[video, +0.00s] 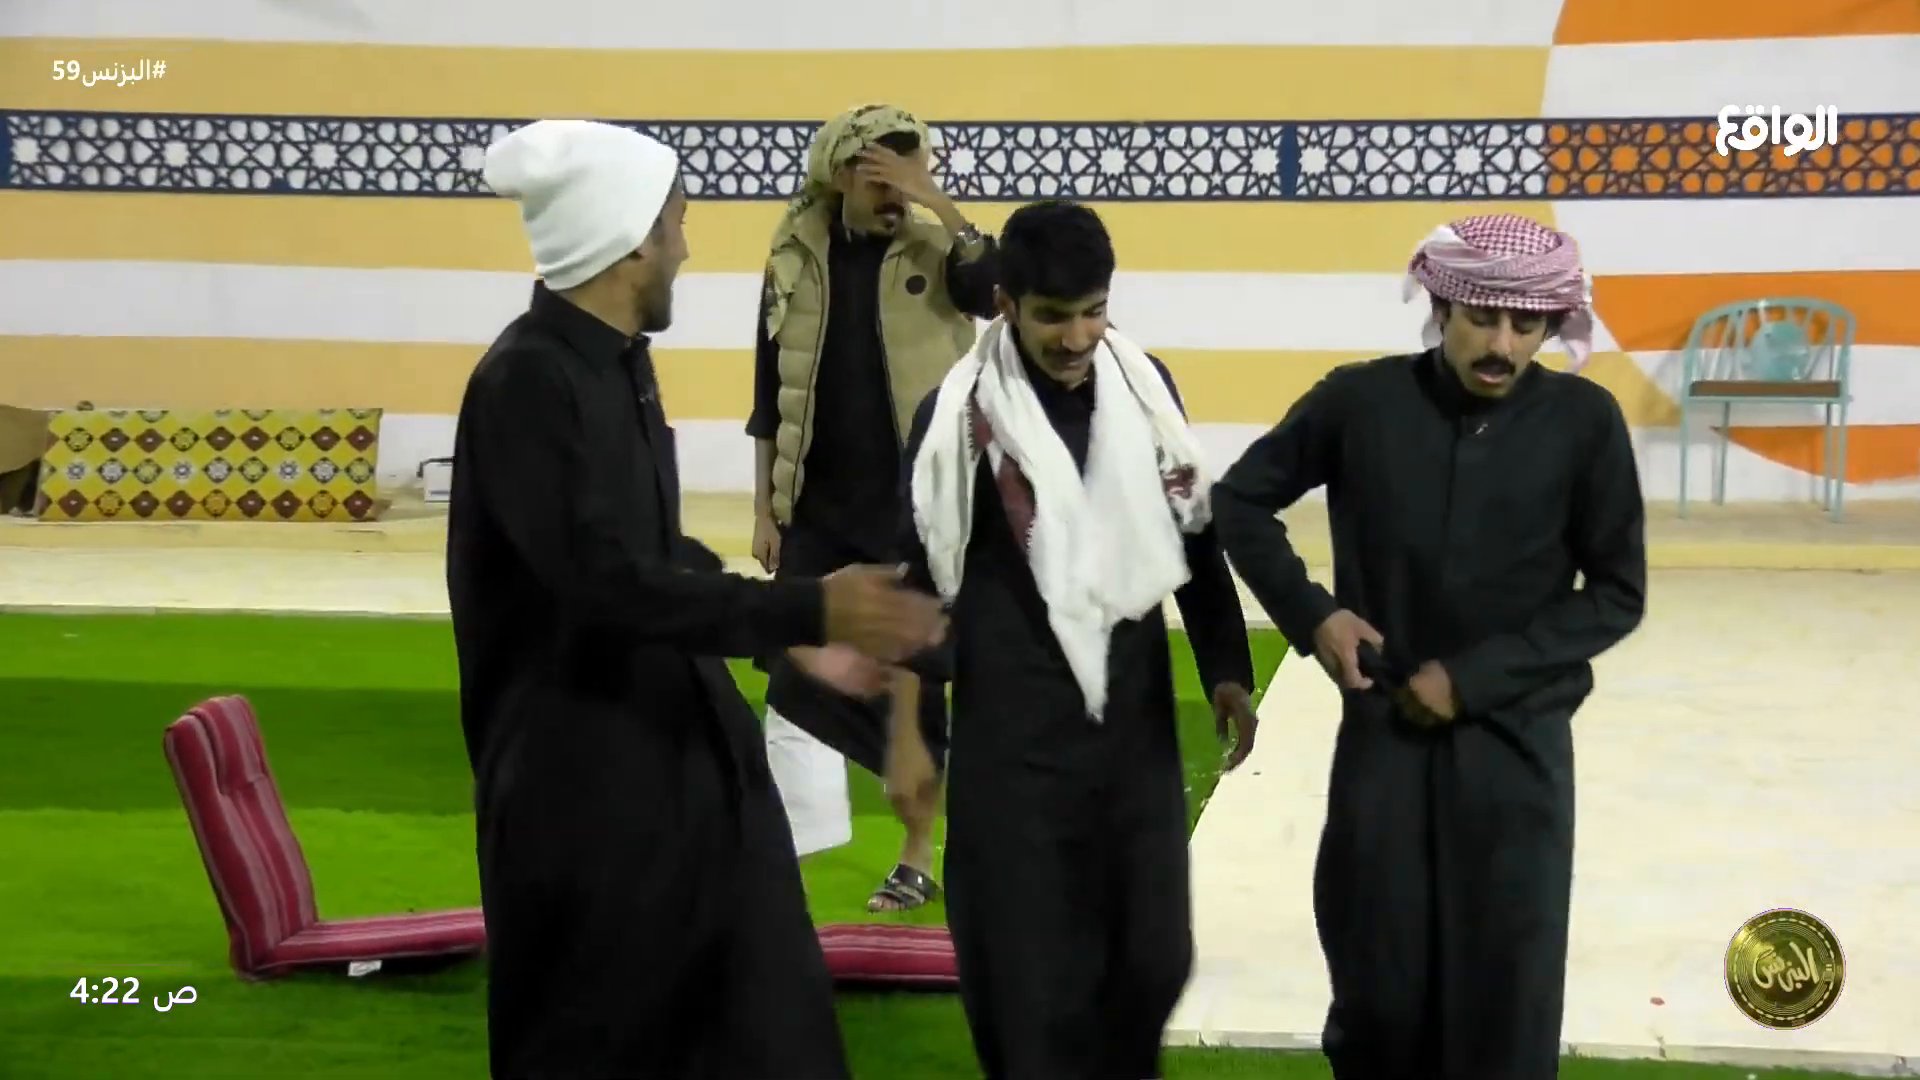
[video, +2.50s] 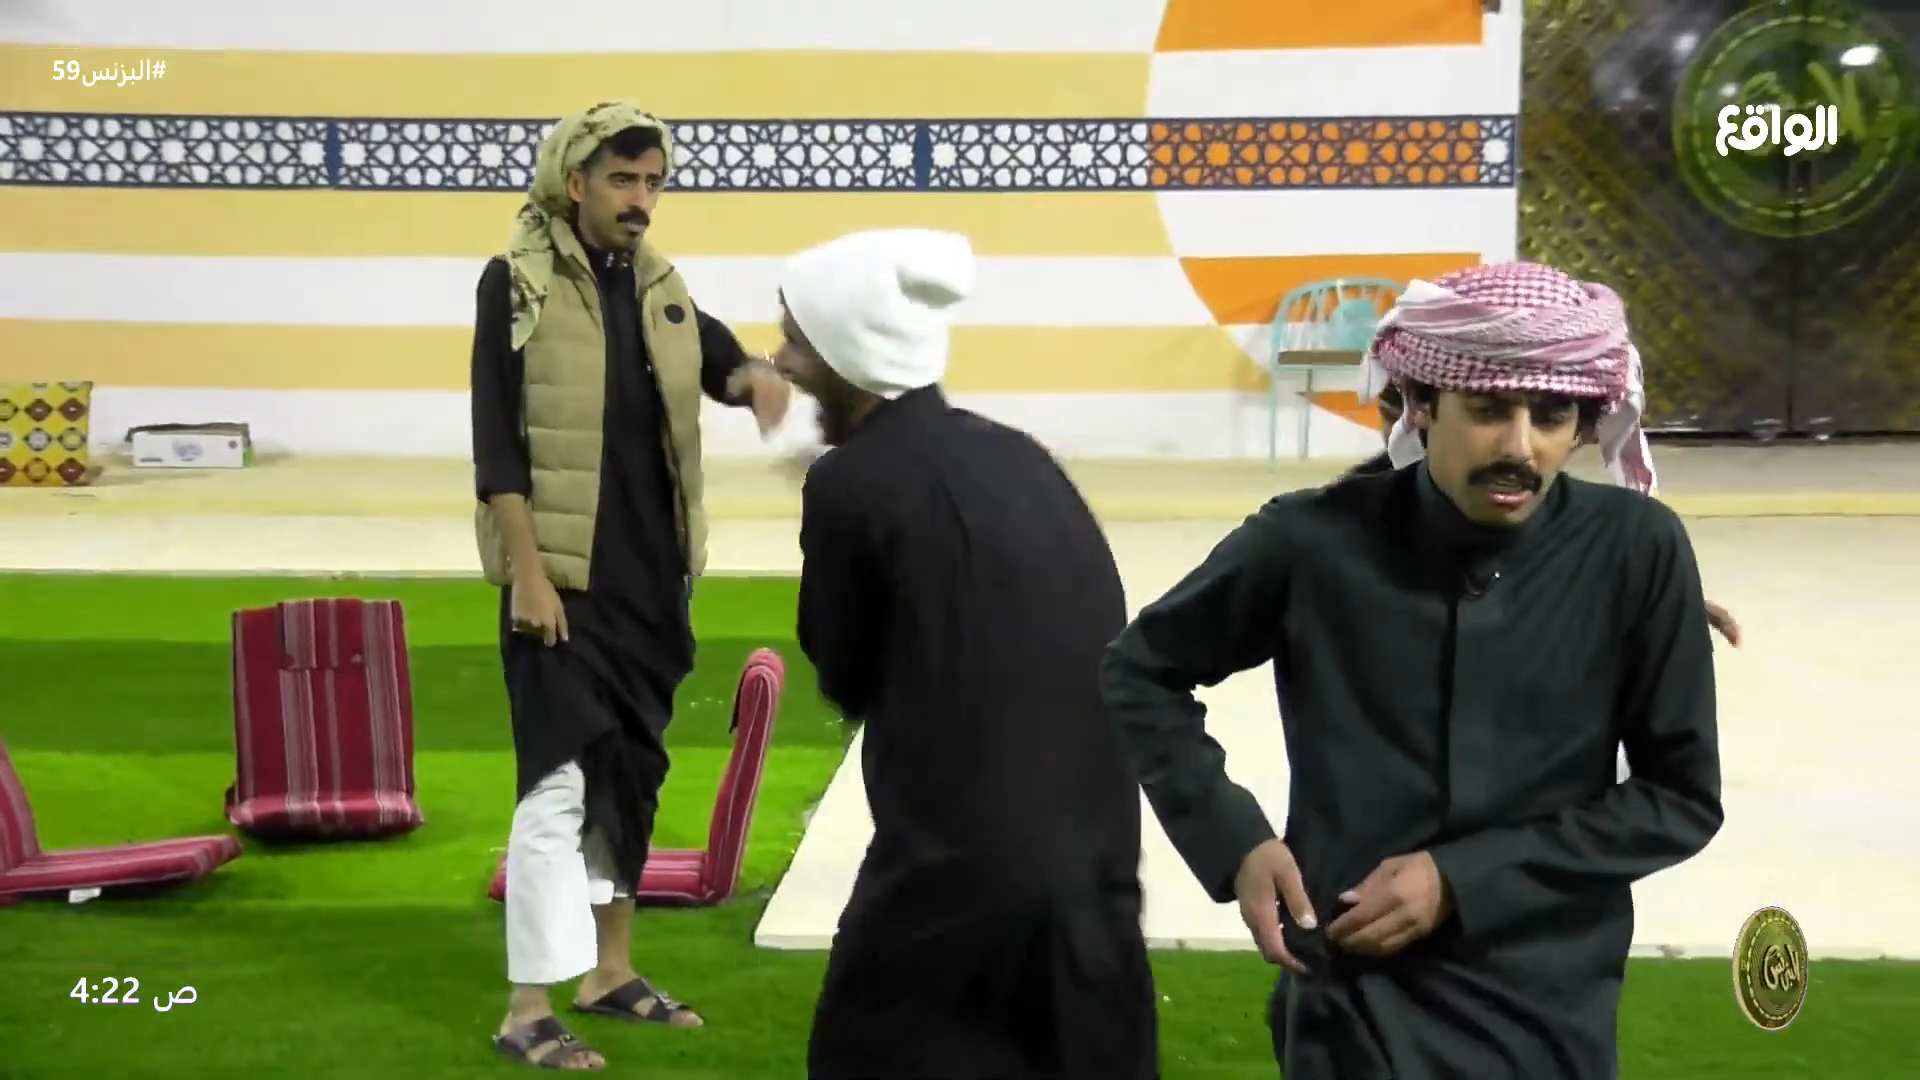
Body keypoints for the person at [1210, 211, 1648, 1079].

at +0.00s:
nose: (1502, 344)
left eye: (1525, 324)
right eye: (1484, 318)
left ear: (1549, 326)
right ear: (1443, 307)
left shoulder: (1583, 420)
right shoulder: (1357, 401)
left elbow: (1618, 596)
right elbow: (1236, 508)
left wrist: (1470, 676)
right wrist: (1315, 616)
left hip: (1515, 768)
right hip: (1383, 759)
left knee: (1506, 1017)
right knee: (1378, 1011)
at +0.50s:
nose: (1532, 341)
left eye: (1555, 315)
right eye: (1506, 315)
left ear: (1589, 326)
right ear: (1466, 321)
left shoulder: (1652, 445)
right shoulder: (1389, 431)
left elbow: (1707, 638)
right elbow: (1301, 551)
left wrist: (1535, 713)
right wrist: (1367, 664)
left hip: (1590, 805)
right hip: (1447, 799)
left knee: (1571, 1053)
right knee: (1473, 1048)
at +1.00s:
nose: (1609, 378)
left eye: (1640, 352)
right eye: (1582, 346)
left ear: (1675, 366)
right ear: (1533, 349)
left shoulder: (1729, 489)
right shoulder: (1428, 475)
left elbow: (1775, 714)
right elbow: (1295, 609)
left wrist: (1580, 806)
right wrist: (1405, 757)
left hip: (1642, 930)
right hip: (1462, 918)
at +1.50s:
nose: (1567, 419)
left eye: (1594, 386)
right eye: (1536, 386)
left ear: (1634, 382)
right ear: (1487, 381)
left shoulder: (1705, 502)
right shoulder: (1389, 489)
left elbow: (1765, 728)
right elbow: (1267, 635)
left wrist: (1561, 823)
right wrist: (1359, 782)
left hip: (1611, 925)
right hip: (1428, 912)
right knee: (1429, 1061)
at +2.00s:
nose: (1483, 431)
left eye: (1509, 395)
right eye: (1450, 396)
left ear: (1544, 397)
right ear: (1395, 397)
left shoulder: (1608, 516)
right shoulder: (1292, 516)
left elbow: (1659, 753)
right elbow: (1115, 619)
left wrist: (1457, 860)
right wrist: (1229, 799)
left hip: (1541, 985)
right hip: (1344, 979)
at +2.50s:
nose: (1519, 447)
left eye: (1549, 415)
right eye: (1488, 409)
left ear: (1582, 424)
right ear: (1423, 409)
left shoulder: (1640, 550)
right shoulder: (1306, 542)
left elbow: (1682, 799)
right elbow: (1137, 675)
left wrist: (1456, 878)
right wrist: (1239, 845)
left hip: (1549, 1022)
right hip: (1354, 1017)